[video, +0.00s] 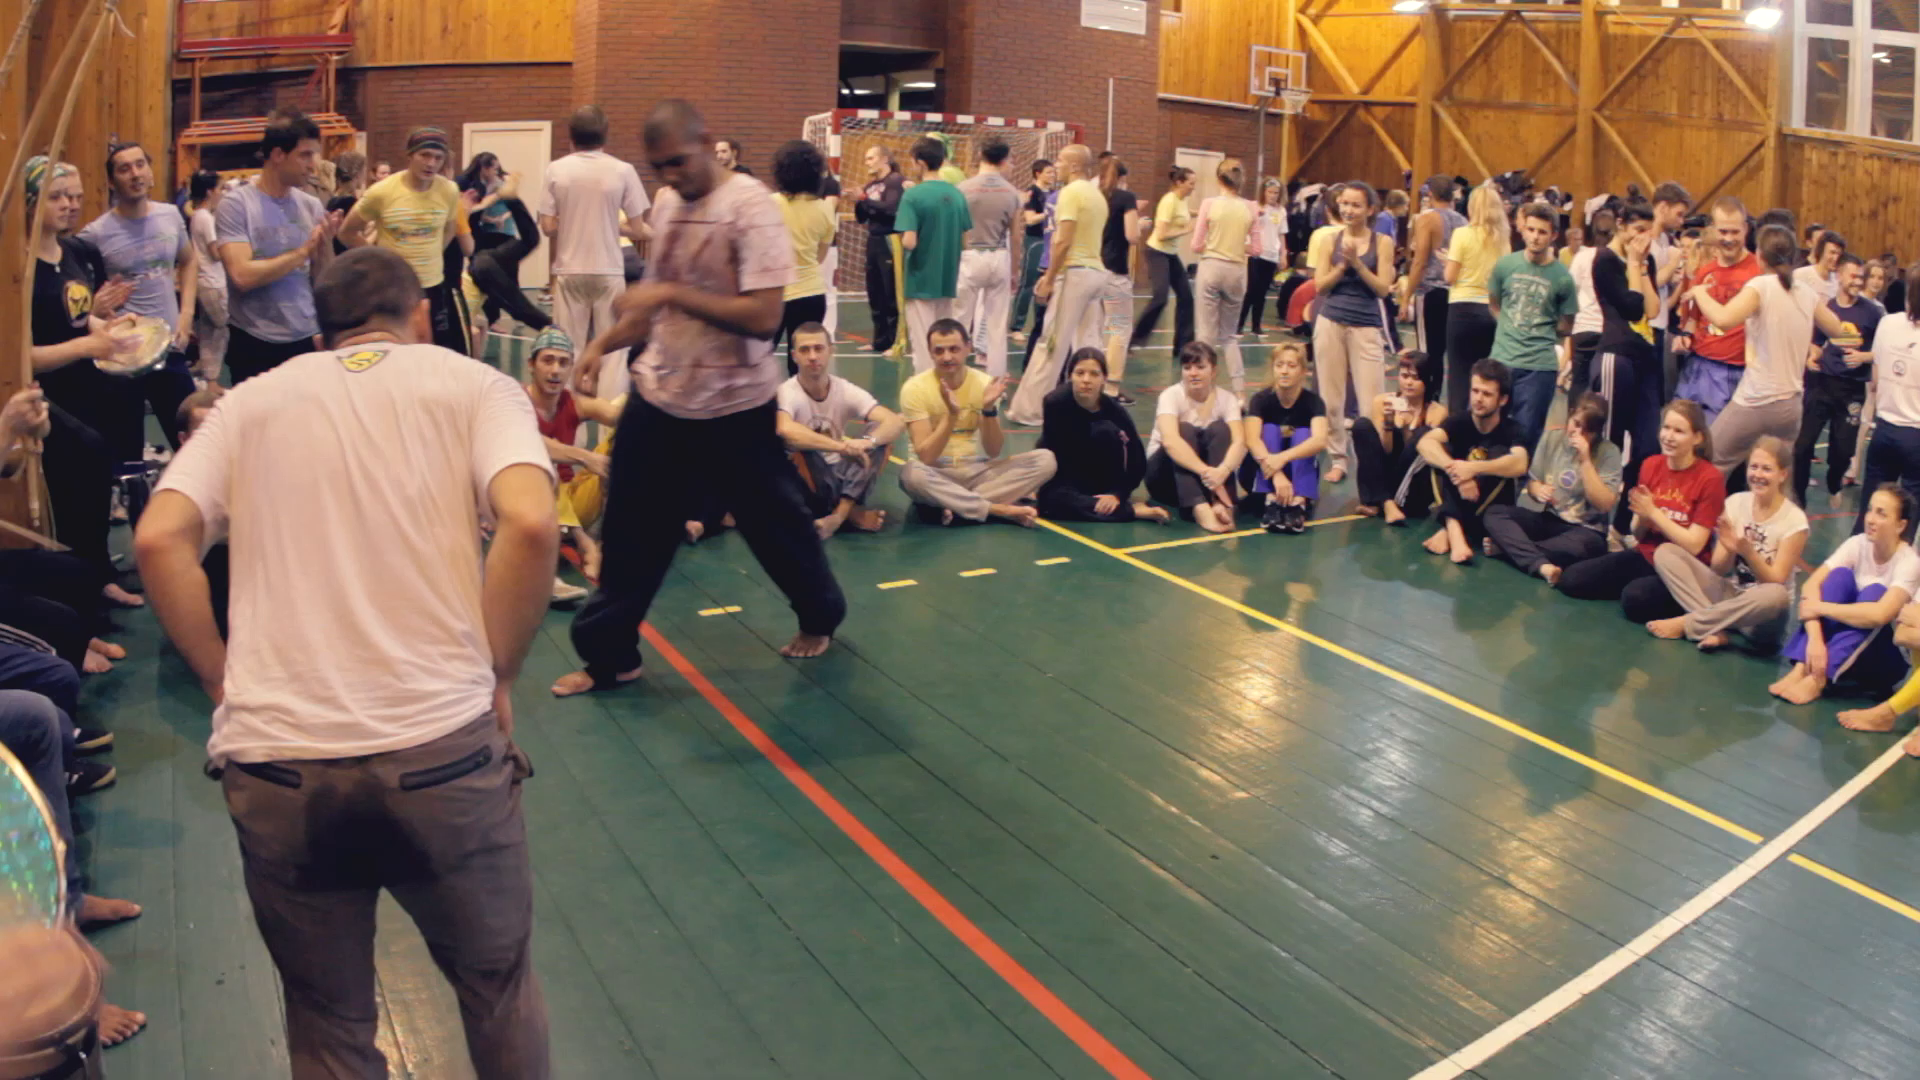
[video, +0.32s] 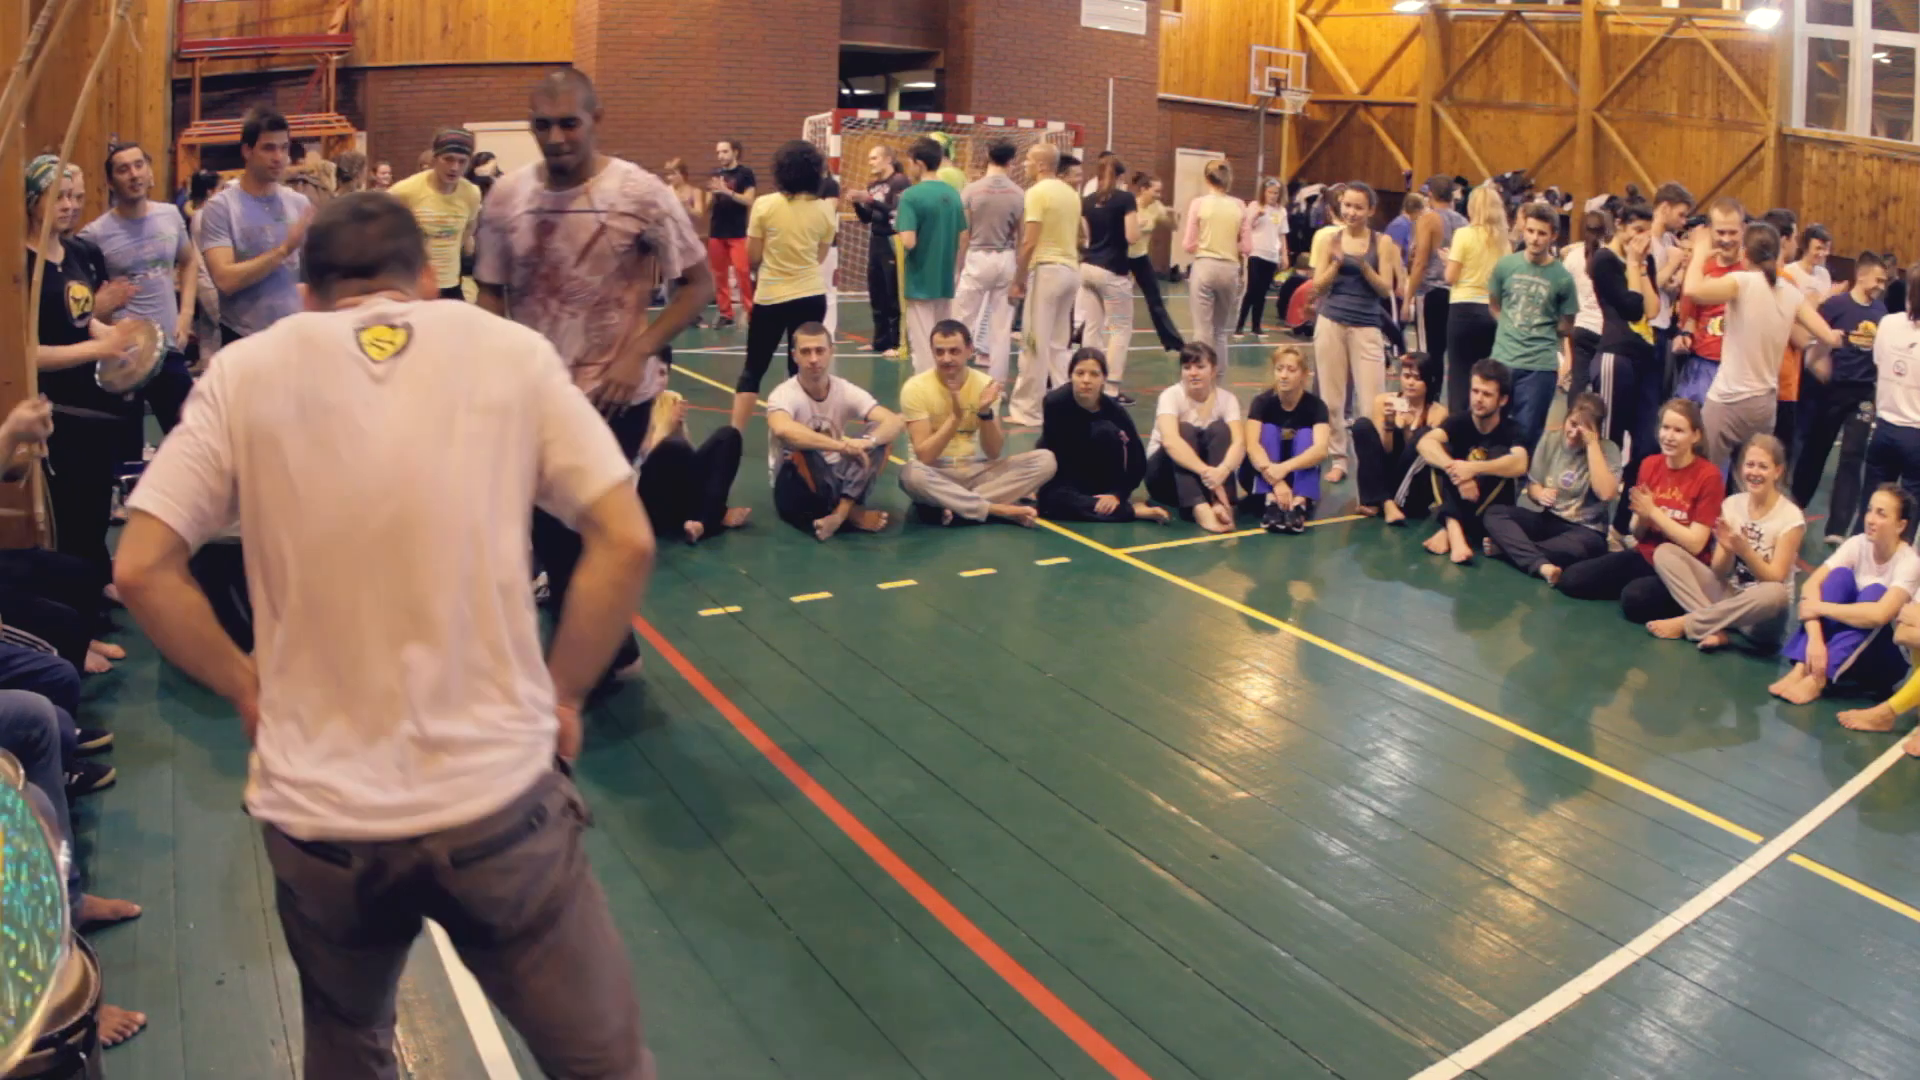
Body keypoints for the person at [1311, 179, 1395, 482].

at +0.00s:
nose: (1348, 210)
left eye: (1355, 205)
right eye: (1344, 204)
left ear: (1369, 209)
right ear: (1338, 206)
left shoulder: (1382, 242)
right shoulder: (1326, 237)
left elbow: (1383, 287)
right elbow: (1320, 284)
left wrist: (1356, 263)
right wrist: (1342, 265)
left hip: (1367, 322)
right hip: (1329, 320)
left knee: (1370, 397)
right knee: (1332, 397)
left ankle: (1373, 461)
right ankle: (1337, 458)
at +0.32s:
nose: (1351, 212)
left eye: (1358, 207)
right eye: (1347, 206)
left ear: (1370, 210)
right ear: (1340, 207)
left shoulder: (1383, 242)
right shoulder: (1326, 237)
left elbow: (1386, 289)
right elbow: (1318, 285)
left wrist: (1363, 266)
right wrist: (1335, 263)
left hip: (1367, 323)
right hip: (1330, 321)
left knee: (1370, 396)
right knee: (1332, 396)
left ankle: (1371, 461)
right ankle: (1338, 457)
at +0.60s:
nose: (1353, 213)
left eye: (1360, 208)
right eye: (1349, 207)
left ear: (1371, 211)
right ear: (1341, 207)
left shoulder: (1382, 241)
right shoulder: (1330, 237)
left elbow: (1389, 288)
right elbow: (1319, 285)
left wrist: (1367, 267)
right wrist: (1335, 263)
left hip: (1368, 324)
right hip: (1331, 322)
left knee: (1371, 397)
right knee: (1333, 396)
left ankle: (1370, 462)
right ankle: (1338, 457)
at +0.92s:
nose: (1356, 213)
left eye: (1362, 208)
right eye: (1351, 207)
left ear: (1372, 211)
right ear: (1343, 207)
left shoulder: (1383, 242)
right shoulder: (1331, 239)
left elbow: (1388, 289)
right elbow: (1320, 285)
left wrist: (1369, 266)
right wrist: (1336, 260)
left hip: (1367, 324)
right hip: (1332, 321)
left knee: (1371, 396)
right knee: (1333, 395)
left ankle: (1369, 461)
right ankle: (1338, 457)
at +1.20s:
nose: (1356, 213)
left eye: (1362, 208)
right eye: (1351, 206)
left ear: (1372, 211)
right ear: (1343, 207)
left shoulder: (1384, 242)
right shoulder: (1331, 240)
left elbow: (1388, 289)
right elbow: (1321, 286)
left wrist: (1366, 264)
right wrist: (1341, 263)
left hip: (1367, 325)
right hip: (1331, 321)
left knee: (1371, 396)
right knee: (1333, 395)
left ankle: (1370, 460)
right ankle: (1338, 456)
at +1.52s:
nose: (1355, 213)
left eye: (1361, 208)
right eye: (1350, 207)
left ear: (1372, 212)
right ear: (1343, 208)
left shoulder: (1384, 242)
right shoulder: (1332, 240)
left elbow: (1387, 288)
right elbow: (1321, 285)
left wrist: (1365, 262)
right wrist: (1336, 257)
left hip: (1367, 323)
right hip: (1331, 320)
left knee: (1371, 397)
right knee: (1333, 396)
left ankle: (1370, 461)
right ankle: (1338, 457)